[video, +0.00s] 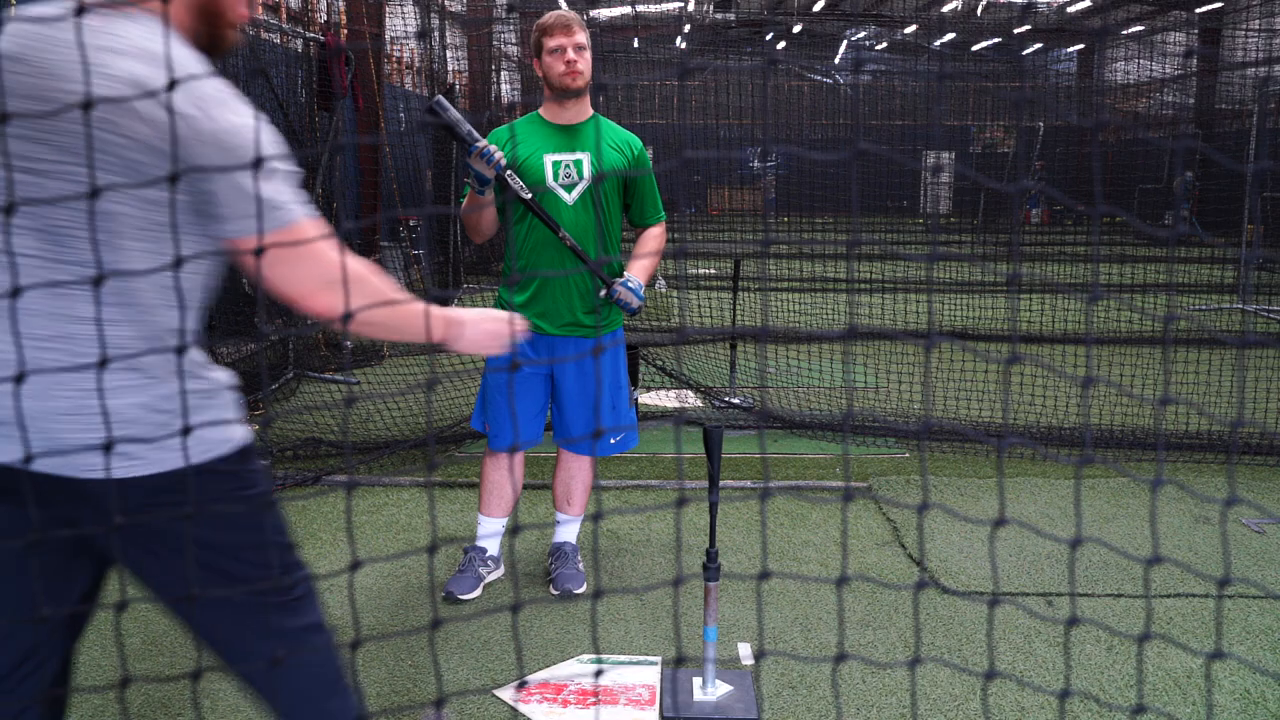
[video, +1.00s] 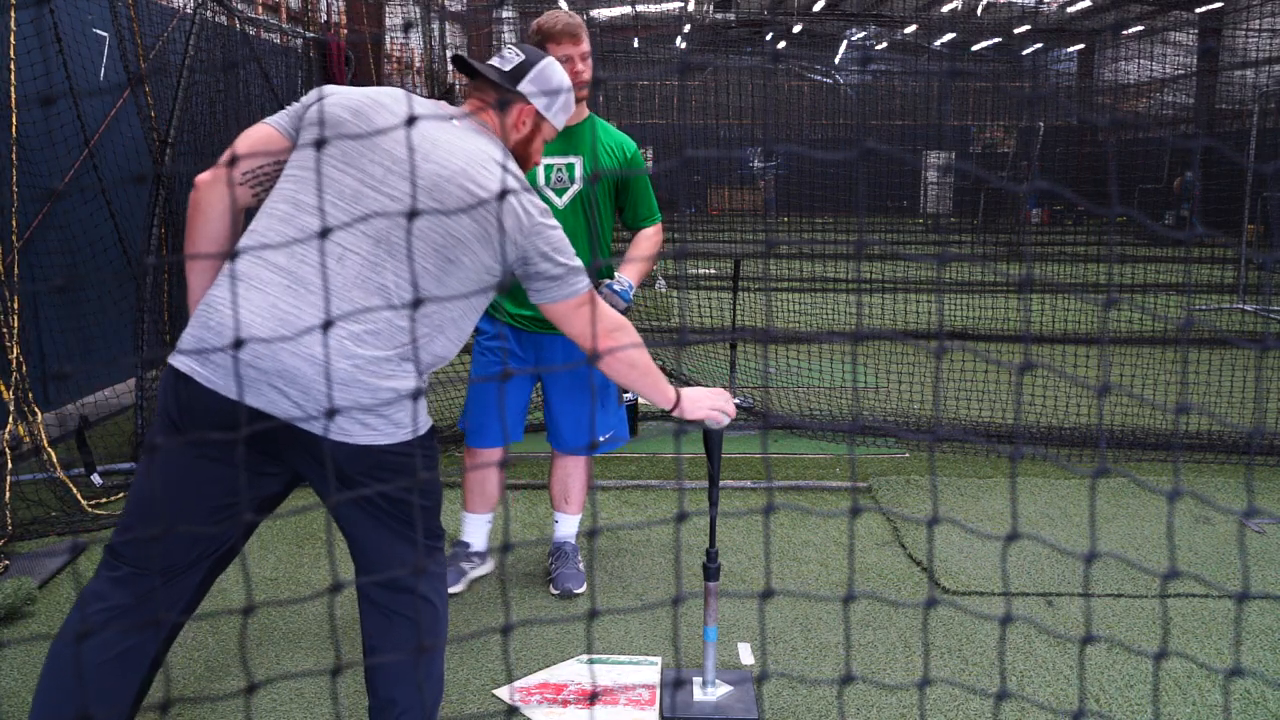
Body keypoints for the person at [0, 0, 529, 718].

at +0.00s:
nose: (253, 7)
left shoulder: (15, 45)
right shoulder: (196, 105)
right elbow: (321, 281)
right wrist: (450, 325)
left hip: (21, 448)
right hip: (159, 445)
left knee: (17, 686)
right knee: (295, 661)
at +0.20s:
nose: (373, 21)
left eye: (375, 7)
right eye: (364, 3)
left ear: (252, 2)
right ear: (317, 3)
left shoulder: (96, 74)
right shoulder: (329, 137)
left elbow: (35, 215)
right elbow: (431, 288)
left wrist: (57, 359)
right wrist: (537, 335)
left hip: (104, 434)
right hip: (259, 443)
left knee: (82, 664)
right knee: (358, 660)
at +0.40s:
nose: (468, 75)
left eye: (474, 57)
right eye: (468, 54)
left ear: (370, 21)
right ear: (431, 37)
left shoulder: (224, 74)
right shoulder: (430, 153)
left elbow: (131, 188)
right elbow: (516, 291)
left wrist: (149, 328)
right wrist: (608, 353)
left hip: (175, 401)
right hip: (322, 418)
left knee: (139, 611)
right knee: (392, 623)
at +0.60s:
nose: (521, 109)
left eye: (525, 94)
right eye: (524, 93)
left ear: (442, 55)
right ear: (501, 81)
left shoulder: (311, 85)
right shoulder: (495, 184)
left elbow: (194, 179)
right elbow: (579, 315)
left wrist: (200, 315)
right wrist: (654, 376)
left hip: (210, 381)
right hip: (359, 416)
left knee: (147, 591)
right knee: (403, 599)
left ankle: (83, 709)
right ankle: (404, 710)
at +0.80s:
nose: (543, 137)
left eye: (547, 122)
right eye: (543, 120)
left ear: (463, 77)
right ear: (516, 102)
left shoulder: (342, 97)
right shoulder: (514, 198)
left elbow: (223, 180)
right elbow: (596, 323)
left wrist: (211, 318)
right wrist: (672, 389)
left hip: (229, 370)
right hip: (373, 406)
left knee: (148, 584)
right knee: (407, 593)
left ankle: (78, 711)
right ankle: (404, 713)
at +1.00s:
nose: (544, 147)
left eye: (549, 133)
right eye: (546, 131)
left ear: (473, 89)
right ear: (519, 113)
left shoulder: (345, 105)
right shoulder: (515, 207)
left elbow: (221, 181)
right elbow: (598, 330)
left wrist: (208, 318)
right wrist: (673, 397)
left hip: (224, 372)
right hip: (367, 408)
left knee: (137, 586)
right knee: (404, 592)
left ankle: (66, 714)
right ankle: (404, 710)